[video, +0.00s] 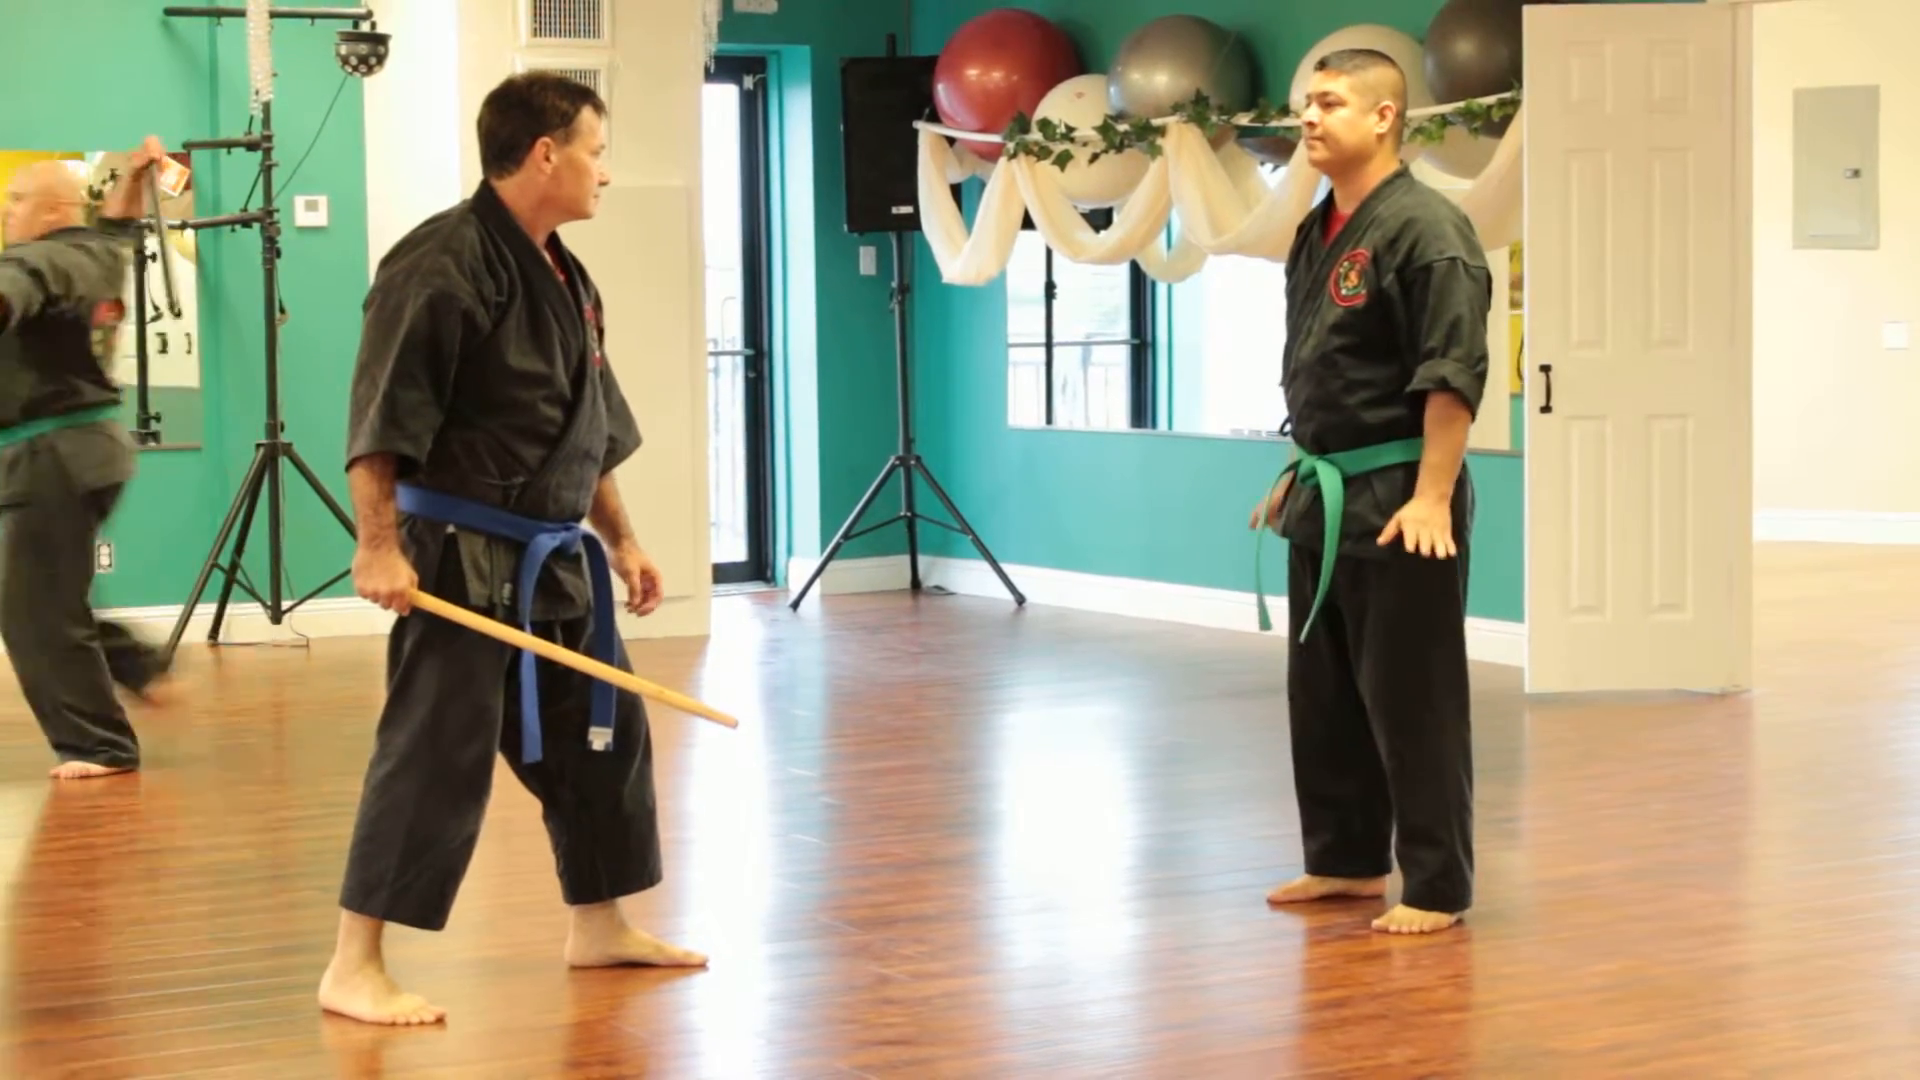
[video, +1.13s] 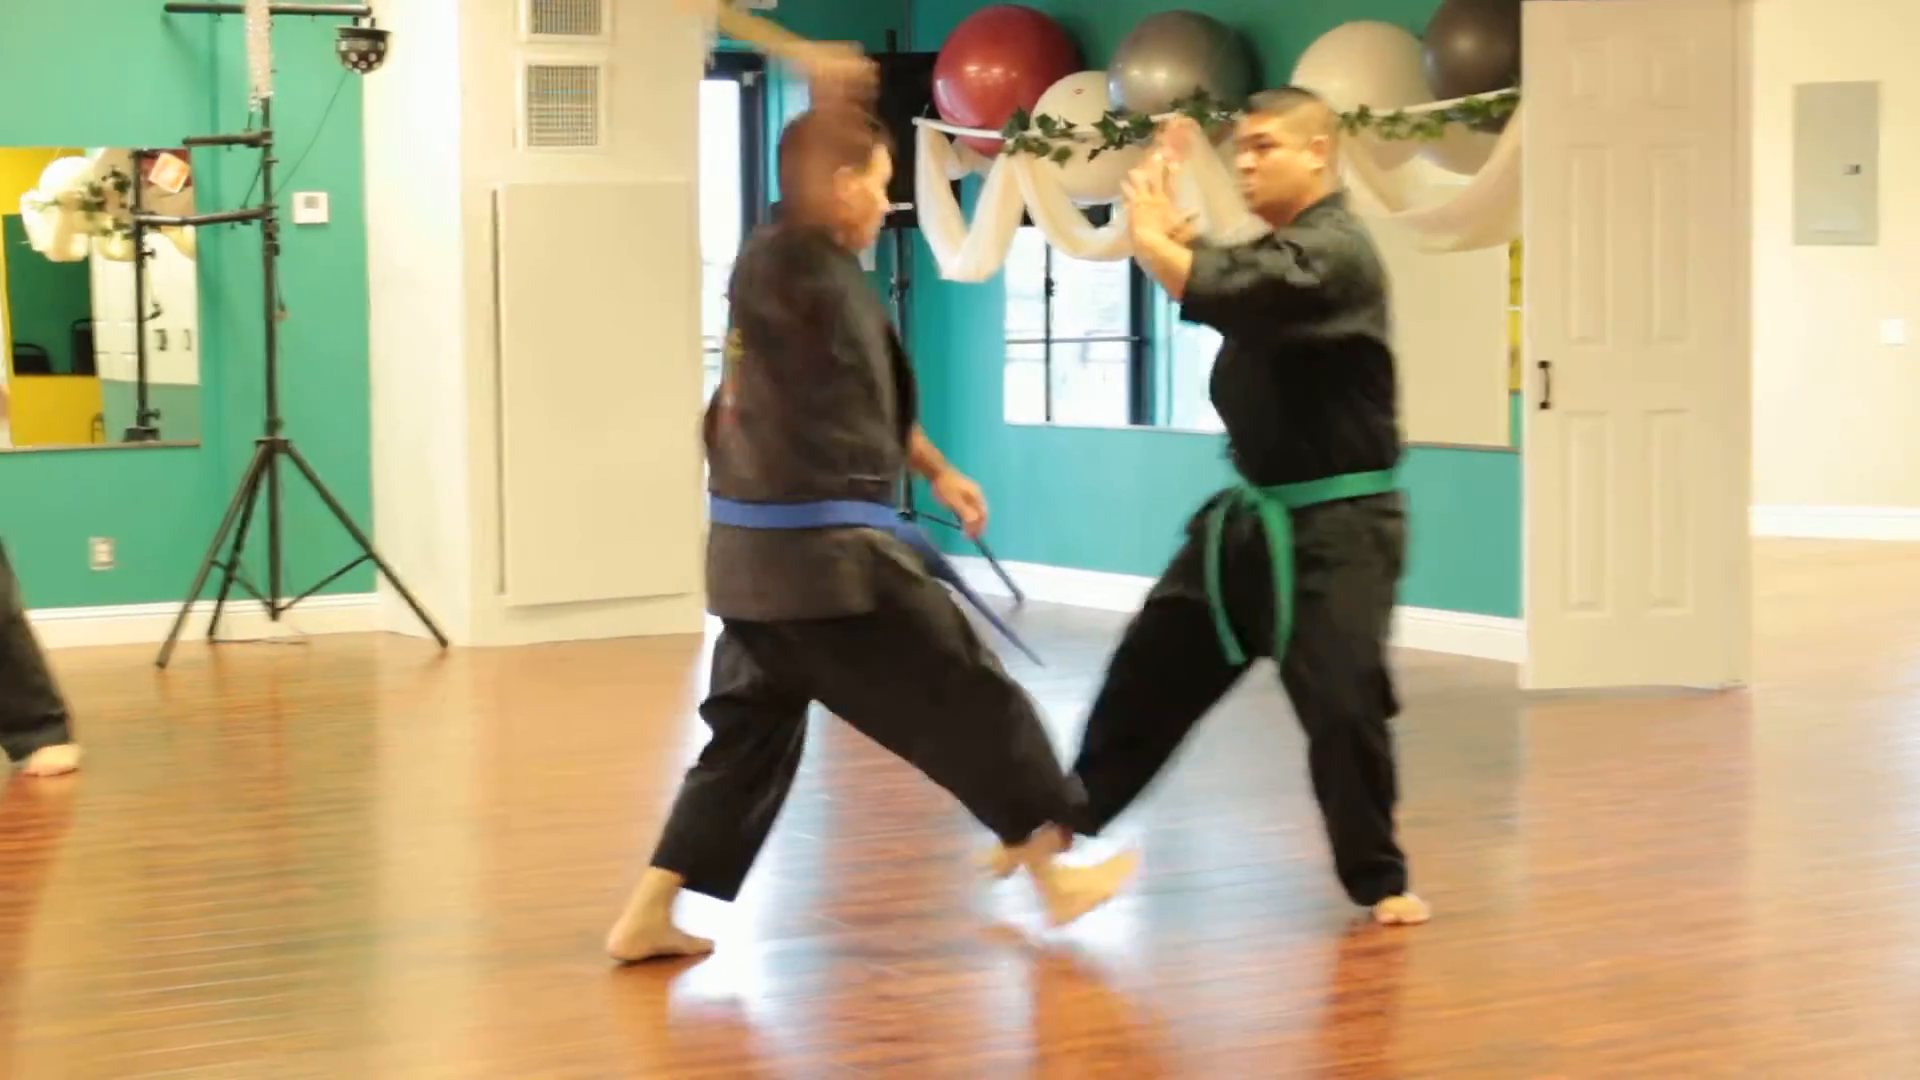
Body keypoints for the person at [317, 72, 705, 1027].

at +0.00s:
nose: (605, 173)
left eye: (604, 154)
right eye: (596, 154)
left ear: (550, 156)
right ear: (544, 155)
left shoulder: (566, 275)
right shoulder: (439, 261)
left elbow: (583, 427)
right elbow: (377, 409)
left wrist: (622, 538)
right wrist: (378, 540)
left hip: (560, 544)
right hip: (460, 542)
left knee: (600, 727)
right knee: (429, 747)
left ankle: (599, 927)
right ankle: (353, 965)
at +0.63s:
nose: (648, 194)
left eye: (647, 175)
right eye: (638, 175)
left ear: (591, 176)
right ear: (588, 175)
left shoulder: (621, 288)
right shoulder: (478, 272)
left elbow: (682, 404)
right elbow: (365, 382)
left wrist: (757, 489)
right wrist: (350, 489)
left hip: (590, 547)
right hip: (494, 541)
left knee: (672, 700)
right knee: (468, 742)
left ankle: (639, 911)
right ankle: (356, 965)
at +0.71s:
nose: (677, 201)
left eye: (677, 184)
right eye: (668, 183)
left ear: (629, 183)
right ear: (616, 181)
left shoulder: (661, 290)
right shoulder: (515, 270)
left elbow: (733, 397)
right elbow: (413, 326)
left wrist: (821, 471)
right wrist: (357, 381)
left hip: (631, 558)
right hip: (534, 553)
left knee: (699, 712)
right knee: (491, 738)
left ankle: (653, 921)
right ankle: (357, 957)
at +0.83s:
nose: (731, 201)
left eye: (732, 185)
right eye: (724, 184)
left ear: (683, 183)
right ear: (677, 182)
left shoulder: (721, 283)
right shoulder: (576, 271)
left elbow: (797, 369)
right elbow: (429, 322)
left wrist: (880, 439)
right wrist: (405, 268)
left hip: (698, 545)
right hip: (611, 542)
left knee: (737, 724)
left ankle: (655, 920)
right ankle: (444, 893)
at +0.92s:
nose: (779, 202)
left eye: (780, 184)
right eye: (771, 184)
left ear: (726, 183)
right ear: (722, 183)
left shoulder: (760, 280)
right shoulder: (627, 265)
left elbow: (832, 365)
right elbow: (499, 283)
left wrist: (910, 432)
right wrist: (483, 184)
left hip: (745, 540)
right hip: (662, 541)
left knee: (745, 728)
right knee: (739, 728)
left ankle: (656, 917)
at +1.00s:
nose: (826, 198)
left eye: (826, 182)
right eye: (817, 179)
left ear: (771, 182)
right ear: (769, 177)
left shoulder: (795, 284)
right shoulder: (685, 254)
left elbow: (861, 376)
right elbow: (604, 257)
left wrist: (931, 446)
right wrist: (592, 148)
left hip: (752, 535)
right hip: (725, 538)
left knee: (736, 730)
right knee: (862, 694)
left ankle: (655, 916)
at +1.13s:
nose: (884, 205)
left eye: (885, 186)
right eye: (872, 185)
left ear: (842, 187)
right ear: (825, 183)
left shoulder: (829, 282)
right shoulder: (787, 266)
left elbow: (873, 401)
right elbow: (793, 225)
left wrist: (939, 471)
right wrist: (831, 106)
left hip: (759, 566)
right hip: (825, 564)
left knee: (746, 739)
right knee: (969, 692)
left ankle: (649, 911)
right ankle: (1059, 871)